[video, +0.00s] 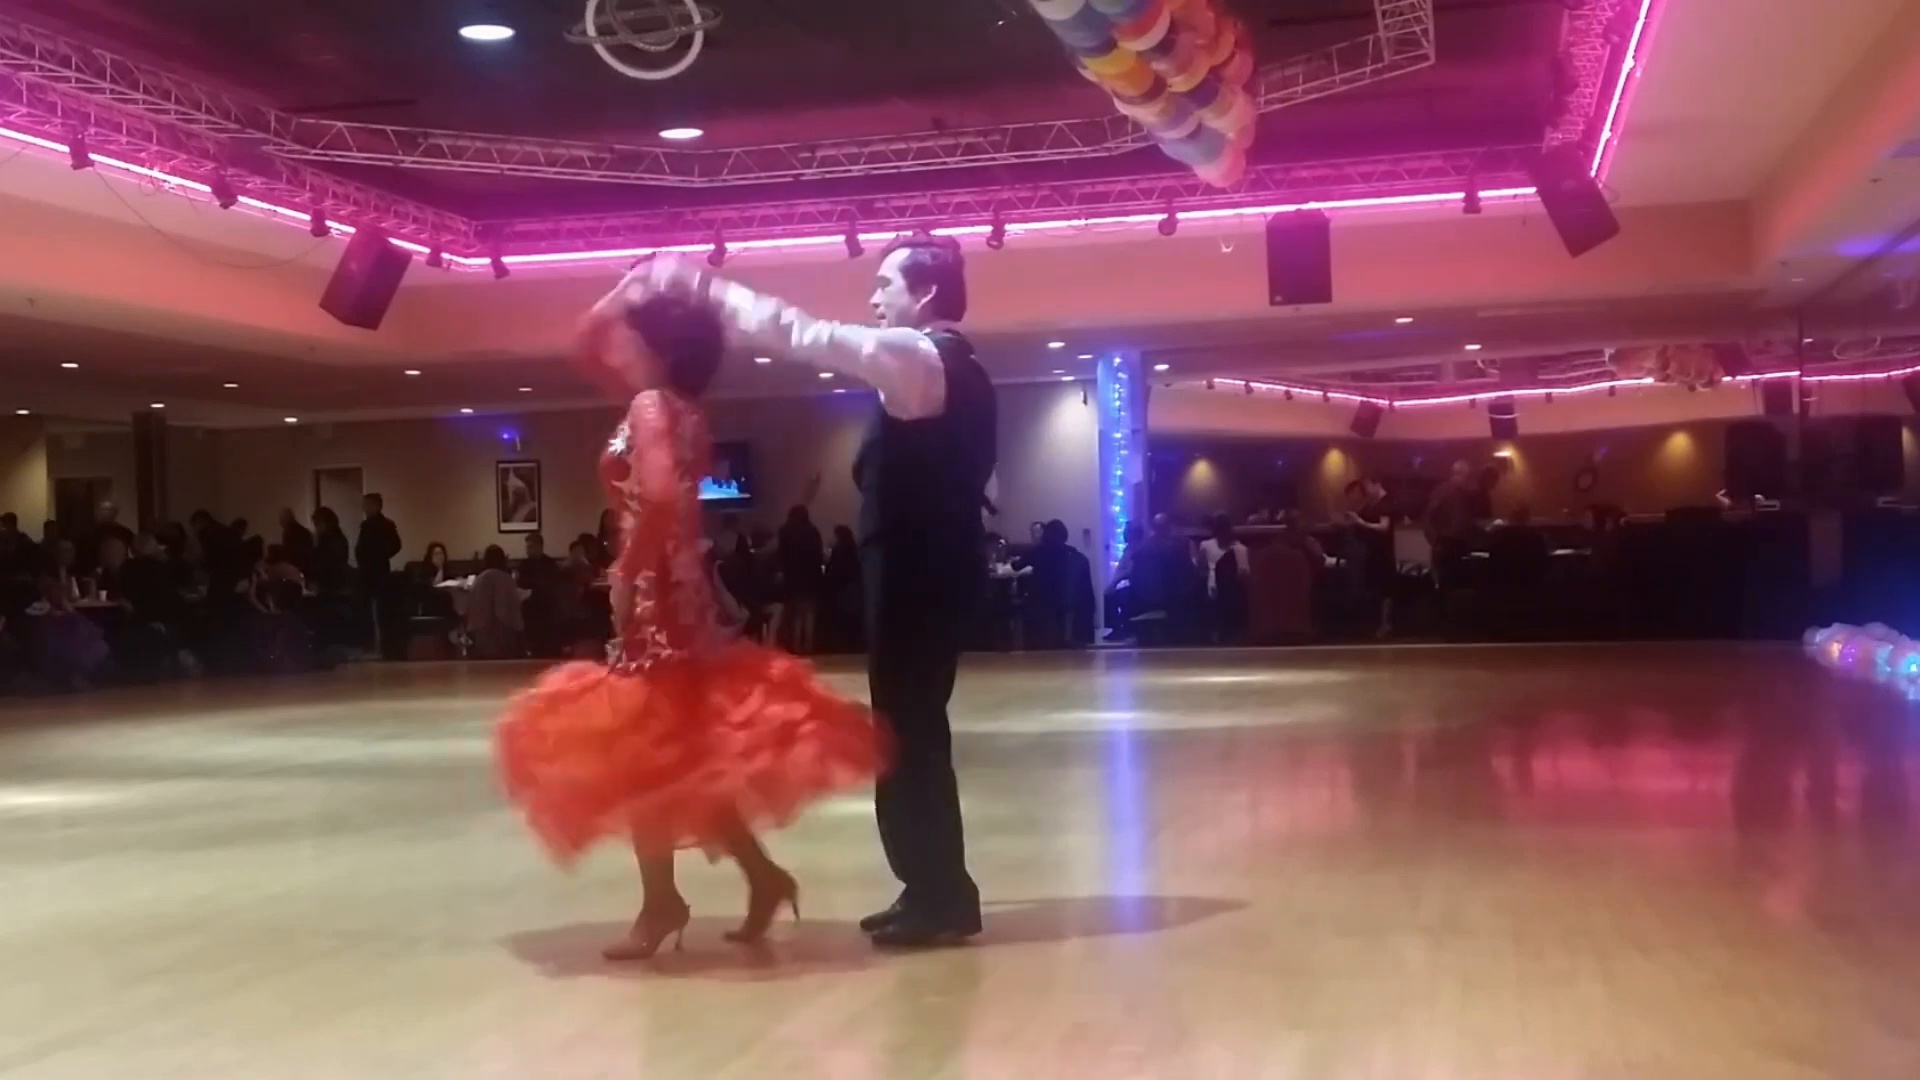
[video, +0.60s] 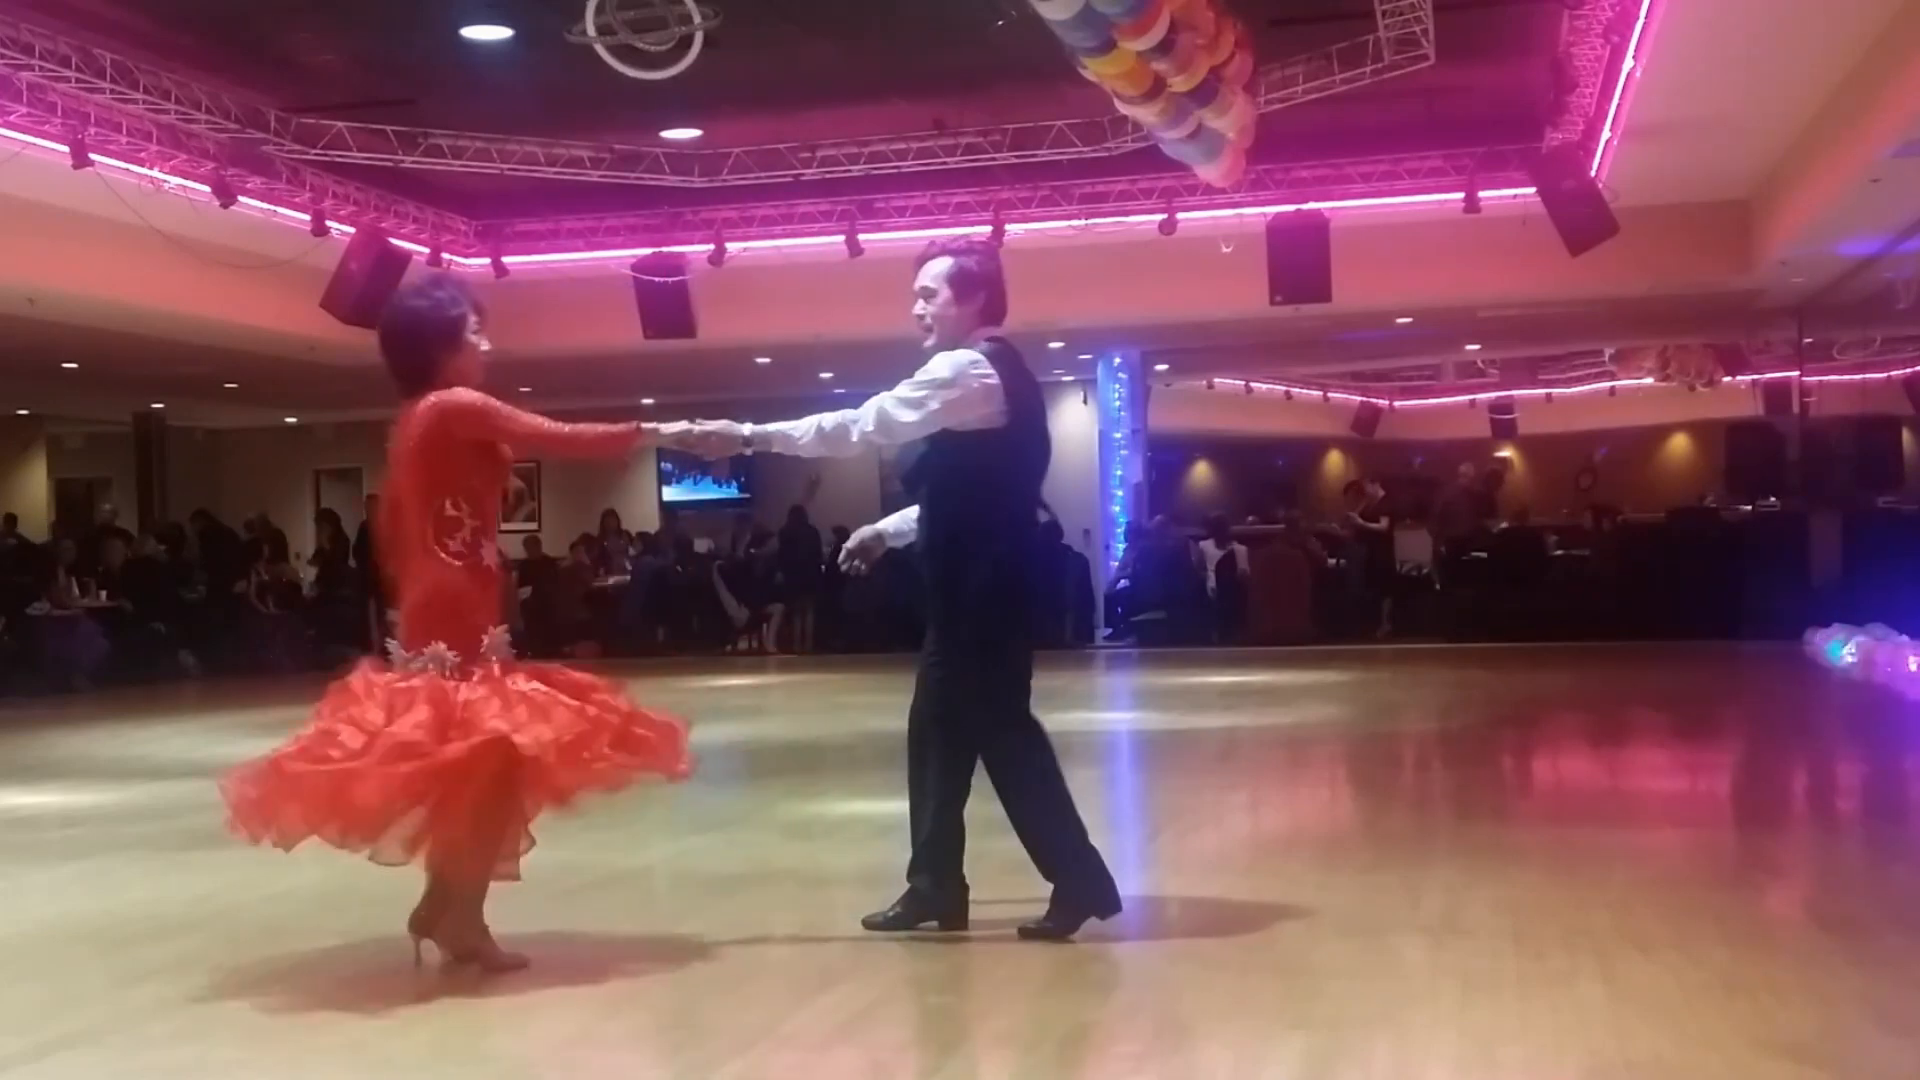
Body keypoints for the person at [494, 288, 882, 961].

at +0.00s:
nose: (622, 348)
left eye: (630, 338)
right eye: (623, 336)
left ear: (654, 348)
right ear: (678, 350)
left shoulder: (651, 406)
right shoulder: (676, 408)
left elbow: (659, 497)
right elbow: (593, 347)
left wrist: (631, 575)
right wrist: (626, 291)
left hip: (656, 597)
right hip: (677, 593)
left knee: (641, 753)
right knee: (683, 753)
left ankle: (660, 899)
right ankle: (763, 875)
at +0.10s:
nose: (602, 351)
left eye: (617, 339)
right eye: (597, 341)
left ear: (650, 349)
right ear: (593, 353)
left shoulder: (656, 411)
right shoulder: (593, 412)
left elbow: (701, 502)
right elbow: (531, 365)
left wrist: (647, 571)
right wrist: (589, 337)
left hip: (639, 605)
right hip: (598, 602)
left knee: (632, 754)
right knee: (622, 748)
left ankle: (661, 896)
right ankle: (690, 846)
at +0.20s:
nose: (581, 340)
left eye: (595, 328)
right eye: (571, 328)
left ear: (621, 338)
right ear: (553, 337)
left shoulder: (643, 408)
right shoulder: (540, 408)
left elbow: (701, 497)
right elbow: (520, 384)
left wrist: (655, 569)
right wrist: (597, 377)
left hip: (618, 590)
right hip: (552, 589)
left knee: (637, 744)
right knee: (558, 748)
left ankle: (657, 899)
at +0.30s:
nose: (556, 337)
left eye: (566, 327)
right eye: (541, 326)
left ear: (583, 342)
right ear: (513, 338)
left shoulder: (603, 416)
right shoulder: (496, 404)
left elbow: (637, 503)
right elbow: (535, 423)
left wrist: (640, 560)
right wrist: (609, 425)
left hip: (592, 597)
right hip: (523, 599)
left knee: (626, 737)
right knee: (530, 756)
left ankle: (638, 898)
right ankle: (475, 905)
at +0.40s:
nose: (537, 343)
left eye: (539, 331)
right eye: (521, 332)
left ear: (540, 341)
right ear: (482, 343)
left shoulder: (537, 419)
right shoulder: (470, 409)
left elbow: (553, 524)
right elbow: (546, 455)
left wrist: (595, 576)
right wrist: (653, 446)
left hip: (548, 606)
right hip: (496, 610)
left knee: (583, 747)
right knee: (511, 767)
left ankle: (583, 894)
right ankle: (462, 913)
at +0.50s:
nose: (510, 345)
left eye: (506, 332)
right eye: (498, 333)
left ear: (463, 344)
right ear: (461, 344)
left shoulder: (473, 413)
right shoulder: (458, 412)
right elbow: (557, 449)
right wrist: (655, 443)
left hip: (490, 607)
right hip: (474, 612)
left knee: (525, 754)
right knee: (511, 758)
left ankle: (492, 898)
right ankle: (464, 913)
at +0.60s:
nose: (486, 343)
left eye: (481, 330)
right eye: (475, 331)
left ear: (416, 348)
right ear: (447, 343)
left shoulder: (415, 420)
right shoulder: (457, 407)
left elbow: (389, 520)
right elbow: (564, 437)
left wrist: (412, 591)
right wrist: (665, 433)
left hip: (430, 608)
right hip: (460, 607)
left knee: (476, 760)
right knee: (490, 762)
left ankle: (445, 903)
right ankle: (460, 916)